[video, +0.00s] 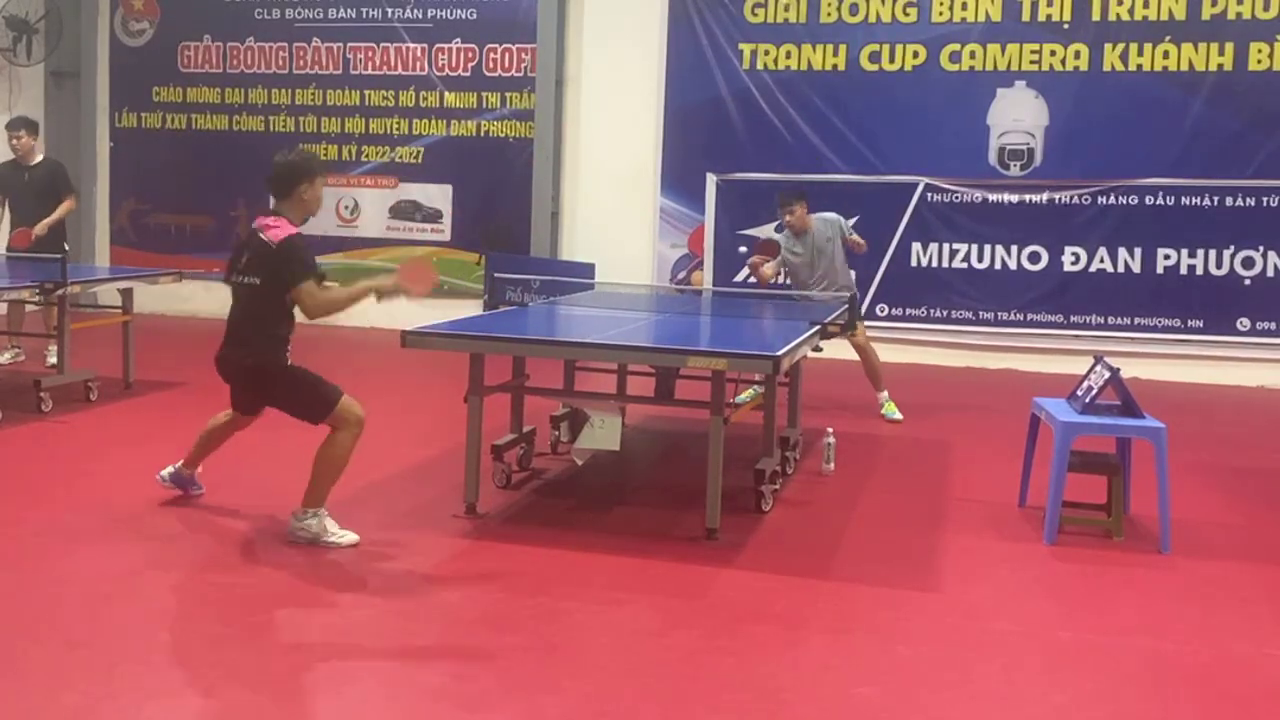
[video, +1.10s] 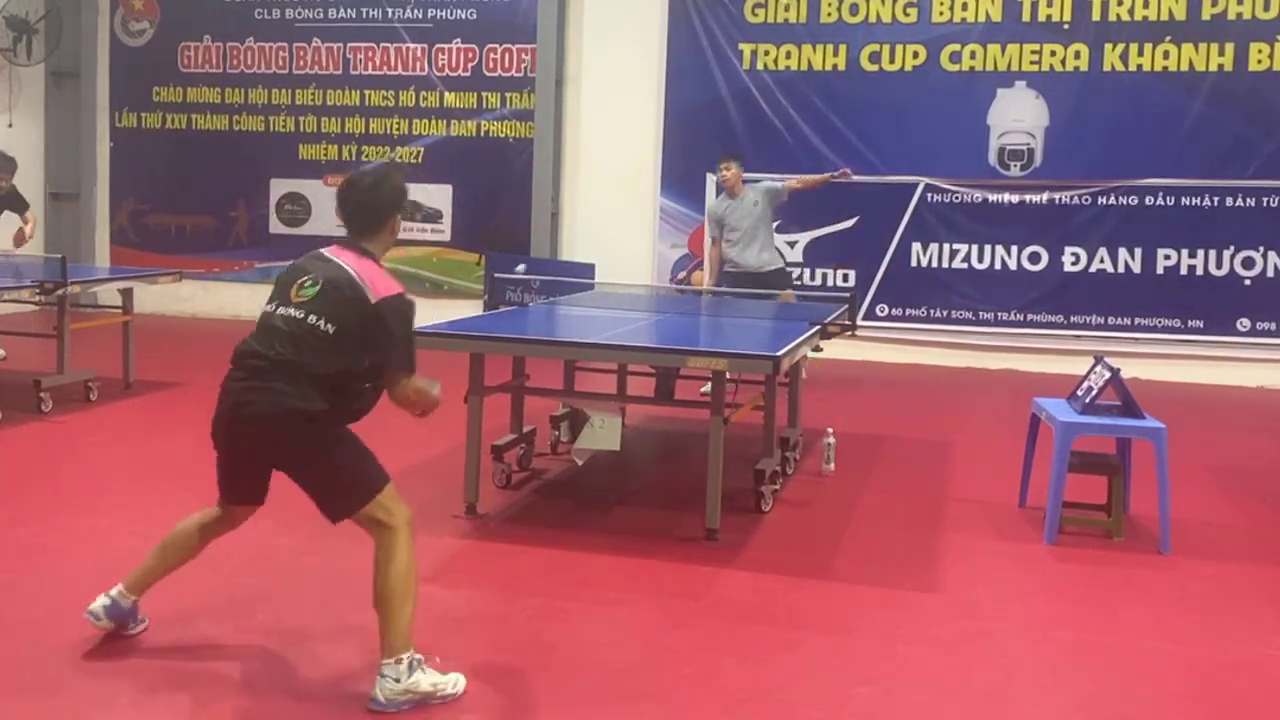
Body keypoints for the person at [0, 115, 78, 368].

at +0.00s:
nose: (13, 143)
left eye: (18, 138)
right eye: (10, 138)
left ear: (33, 139)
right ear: (8, 140)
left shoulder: (53, 167)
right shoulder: (7, 169)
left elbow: (70, 201)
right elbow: (3, 204)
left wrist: (47, 223)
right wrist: (6, 232)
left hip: (50, 247)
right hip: (17, 247)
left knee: (51, 298)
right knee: (14, 296)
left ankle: (53, 346)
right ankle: (14, 346)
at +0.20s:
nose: (12, 144)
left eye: (17, 139)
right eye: (9, 139)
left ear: (31, 139)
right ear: (6, 141)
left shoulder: (52, 167)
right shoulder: (6, 171)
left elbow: (71, 200)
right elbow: (1, 207)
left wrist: (51, 224)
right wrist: (2, 195)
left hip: (50, 246)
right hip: (18, 245)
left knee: (51, 297)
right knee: (14, 296)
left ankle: (53, 346)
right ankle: (14, 346)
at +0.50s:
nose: (14, 141)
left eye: (20, 137)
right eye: (11, 137)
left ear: (33, 140)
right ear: (7, 140)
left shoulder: (48, 170)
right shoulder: (3, 168)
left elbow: (66, 202)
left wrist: (50, 229)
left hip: (40, 247)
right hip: (7, 247)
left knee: (46, 296)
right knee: (1, 295)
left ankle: (52, 346)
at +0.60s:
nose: (9, 143)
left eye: (15, 139)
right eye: (6, 139)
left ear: (28, 142)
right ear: (2, 142)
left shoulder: (43, 174)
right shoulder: (2, 169)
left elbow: (57, 207)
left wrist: (49, 231)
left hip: (32, 253)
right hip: (4, 253)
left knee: (42, 298)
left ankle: (52, 345)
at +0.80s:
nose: (2, 155)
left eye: (7, 151)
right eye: (0, 150)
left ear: (15, 155)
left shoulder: (18, 179)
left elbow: (25, 208)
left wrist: (32, 232)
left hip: (9, 252)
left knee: (25, 298)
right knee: (23, 299)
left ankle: (44, 346)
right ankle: (44, 346)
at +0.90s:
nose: (3, 165)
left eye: (6, 160)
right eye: (1, 160)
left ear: (12, 161)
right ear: (0, 160)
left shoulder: (12, 181)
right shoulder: (9, 181)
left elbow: (16, 208)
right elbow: (17, 208)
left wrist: (24, 233)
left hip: (3, 249)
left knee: (12, 294)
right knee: (11, 295)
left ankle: (25, 343)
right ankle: (24, 344)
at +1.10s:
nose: (3, 185)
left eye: (6, 181)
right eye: (1, 180)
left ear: (11, 179)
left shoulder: (10, 192)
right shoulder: (7, 193)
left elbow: (29, 219)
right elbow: (29, 218)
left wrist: (26, 233)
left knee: (1, 295)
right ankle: (0, 345)